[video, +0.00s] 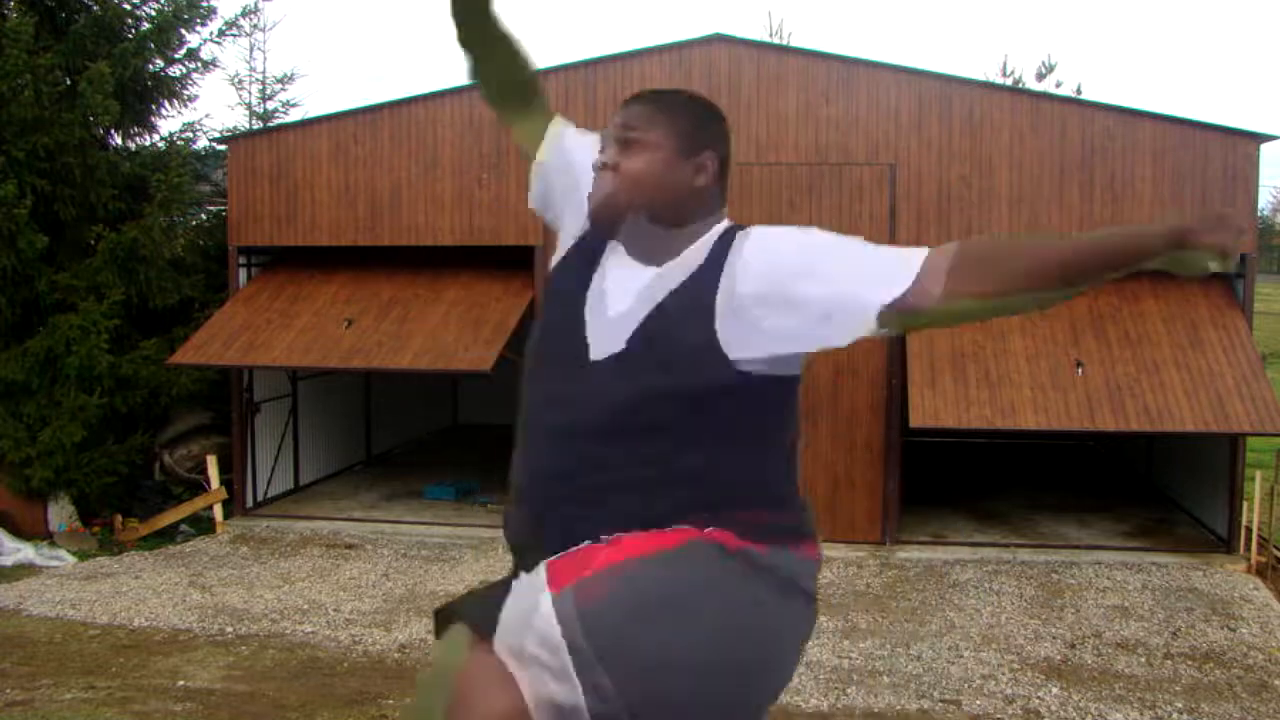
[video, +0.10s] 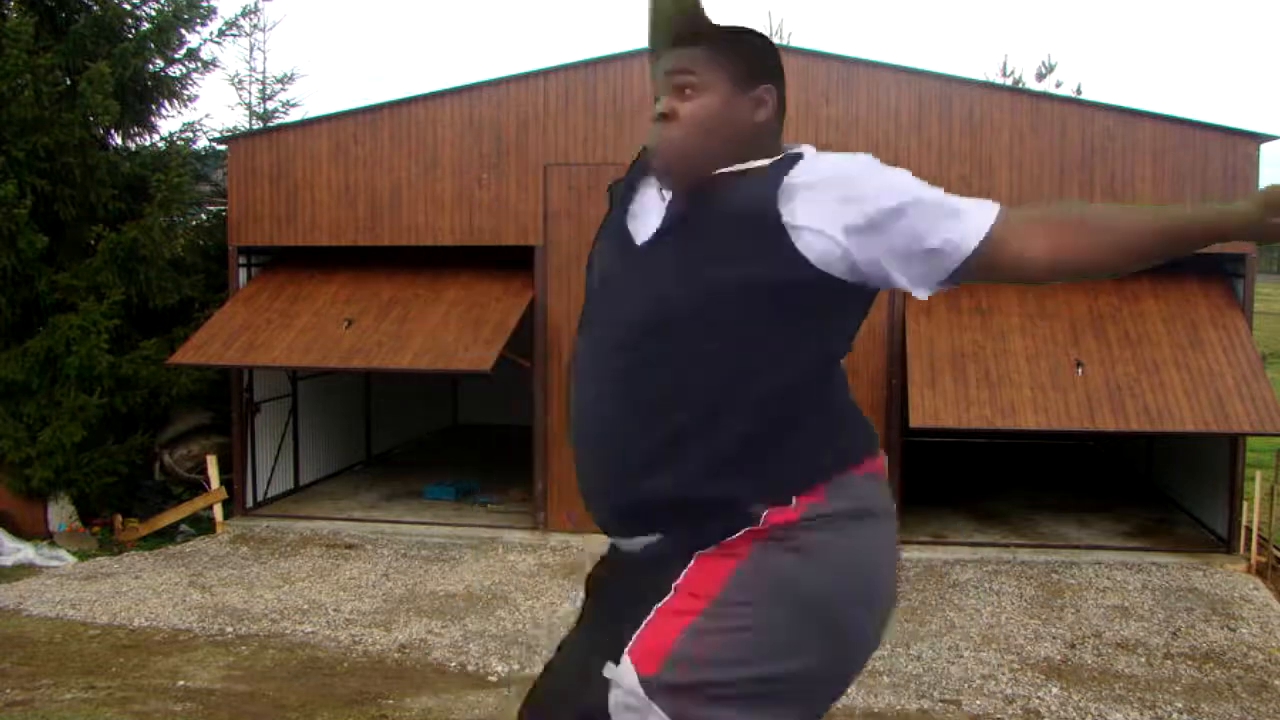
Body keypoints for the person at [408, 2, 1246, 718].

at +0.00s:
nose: (604, 160)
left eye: (629, 148)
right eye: (607, 145)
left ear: (702, 172)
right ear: (613, 167)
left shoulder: (760, 262)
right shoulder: (588, 223)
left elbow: (947, 273)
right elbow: (517, 105)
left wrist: (1144, 244)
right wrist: (471, 11)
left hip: (724, 571)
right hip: (581, 579)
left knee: (490, 664)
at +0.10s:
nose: (658, 108)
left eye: (685, 89)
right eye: (657, 91)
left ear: (758, 108)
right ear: (654, 108)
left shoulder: (824, 193)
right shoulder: (638, 205)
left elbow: (1030, 240)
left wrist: (1227, 219)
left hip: (795, 541)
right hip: (661, 545)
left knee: (603, 701)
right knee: (559, 705)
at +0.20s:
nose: (676, 139)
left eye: (705, 122)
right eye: (676, 124)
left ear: (781, 140)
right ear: (675, 142)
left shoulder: (853, 227)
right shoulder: (671, 224)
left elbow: (1048, 327)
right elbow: (675, 144)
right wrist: (747, 65)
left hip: (796, 612)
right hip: (634, 600)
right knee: (536, 652)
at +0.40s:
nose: (678, 170)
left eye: (707, 155)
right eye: (674, 154)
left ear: (774, 177)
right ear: (662, 167)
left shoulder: (825, 280)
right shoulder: (620, 240)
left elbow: (836, 444)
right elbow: (508, 220)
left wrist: (669, 451)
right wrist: (457, 62)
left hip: (715, 645)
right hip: (556, 597)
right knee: (481, 701)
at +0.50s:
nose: (681, 244)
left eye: (705, 222)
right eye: (670, 223)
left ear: (768, 228)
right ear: (660, 222)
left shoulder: (823, 268)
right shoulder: (664, 256)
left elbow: (803, 315)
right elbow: (541, 190)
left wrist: (694, 291)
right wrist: (412, 78)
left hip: (769, 653)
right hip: (641, 627)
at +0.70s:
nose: (615, 272)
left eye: (640, 255)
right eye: (609, 255)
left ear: (700, 262)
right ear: (603, 264)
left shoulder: (718, 309)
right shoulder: (640, 355)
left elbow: (897, 291)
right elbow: (747, 282)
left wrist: (1049, 243)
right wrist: (725, 211)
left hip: (879, 626)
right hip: (778, 676)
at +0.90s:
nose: (629, 315)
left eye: (653, 296)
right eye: (624, 302)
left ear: (721, 302)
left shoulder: (754, 347)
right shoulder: (655, 405)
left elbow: (867, 341)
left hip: (908, 684)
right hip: (772, 697)